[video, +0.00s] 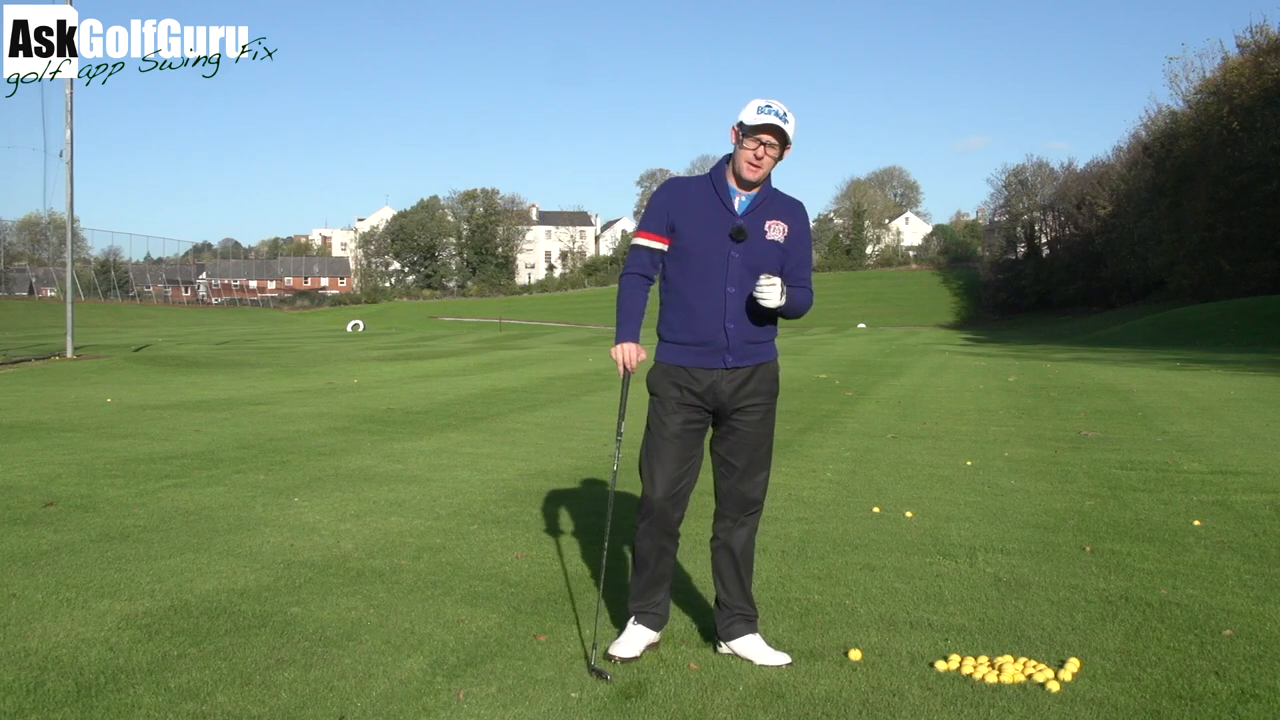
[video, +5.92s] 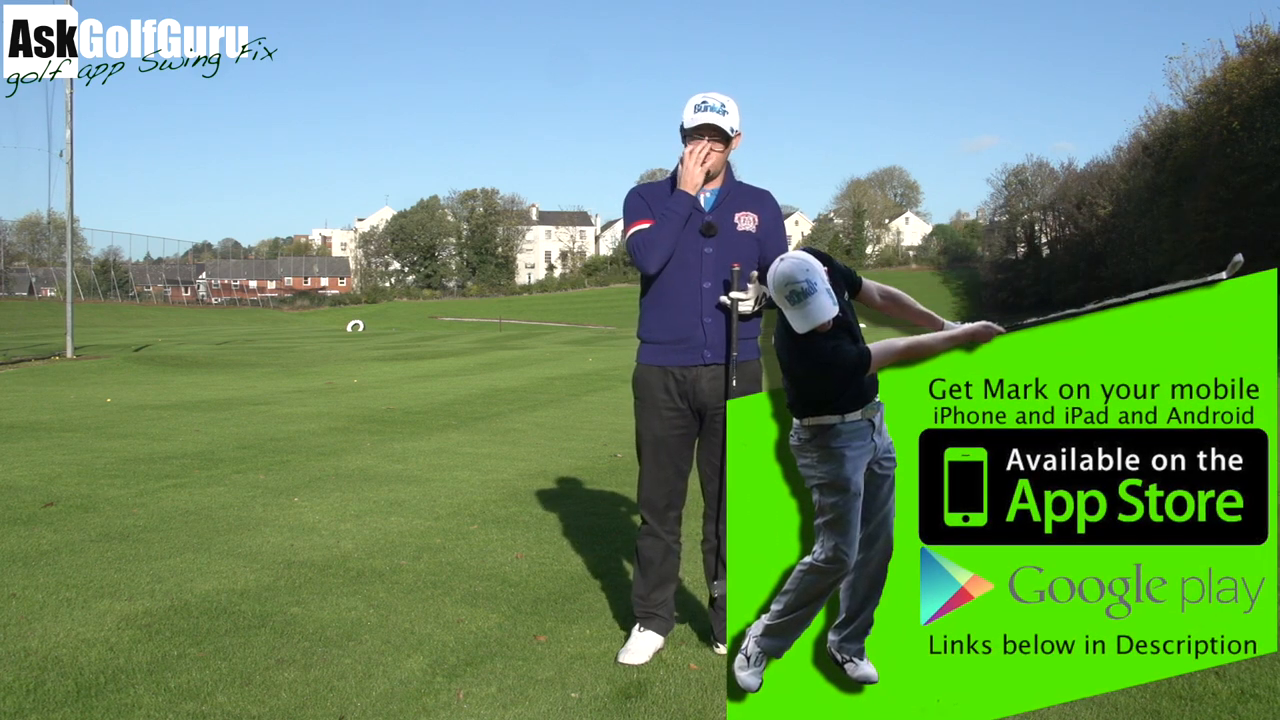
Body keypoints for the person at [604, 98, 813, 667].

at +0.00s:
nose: (762, 151)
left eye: (773, 145)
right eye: (755, 139)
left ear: (781, 155)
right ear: (735, 138)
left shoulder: (789, 213)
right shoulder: (676, 195)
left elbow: (802, 297)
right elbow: (638, 269)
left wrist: (784, 295)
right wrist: (628, 335)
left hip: (753, 378)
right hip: (680, 373)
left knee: (741, 507)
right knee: (660, 502)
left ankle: (735, 626)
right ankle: (645, 618)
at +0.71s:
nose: (682, 144)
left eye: (692, 136)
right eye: (673, 134)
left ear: (703, 143)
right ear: (655, 136)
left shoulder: (723, 201)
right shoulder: (609, 204)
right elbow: (588, 288)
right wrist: (607, 336)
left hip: (712, 374)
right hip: (641, 375)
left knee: (724, 505)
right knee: (645, 507)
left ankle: (735, 627)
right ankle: (649, 621)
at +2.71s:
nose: (678, 145)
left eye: (689, 138)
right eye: (670, 134)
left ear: (701, 146)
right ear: (653, 137)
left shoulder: (720, 205)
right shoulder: (607, 206)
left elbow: (743, 291)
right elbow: (595, 289)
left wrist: (738, 259)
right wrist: (649, 258)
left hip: (714, 370)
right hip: (642, 373)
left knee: (722, 504)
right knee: (647, 504)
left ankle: (732, 627)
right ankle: (649, 621)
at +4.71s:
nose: (724, 148)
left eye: (732, 139)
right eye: (714, 137)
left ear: (738, 145)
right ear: (687, 139)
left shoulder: (748, 206)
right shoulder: (642, 203)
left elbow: (770, 289)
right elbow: (644, 285)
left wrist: (791, 264)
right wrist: (705, 248)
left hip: (740, 374)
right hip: (671, 376)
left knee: (733, 508)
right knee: (664, 508)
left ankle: (733, 627)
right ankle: (653, 622)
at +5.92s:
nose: (705, 145)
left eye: (716, 137)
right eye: (696, 136)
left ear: (734, 144)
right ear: (683, 139)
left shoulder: (760, 204)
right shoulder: (648, 197)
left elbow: (782, 280)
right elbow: (647, 258)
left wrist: (761, 294)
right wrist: (686, 193)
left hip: (735, 374)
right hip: (662, 374)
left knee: (731, 510)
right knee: (658, 508)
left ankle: (733, 623)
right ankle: (652, 619)